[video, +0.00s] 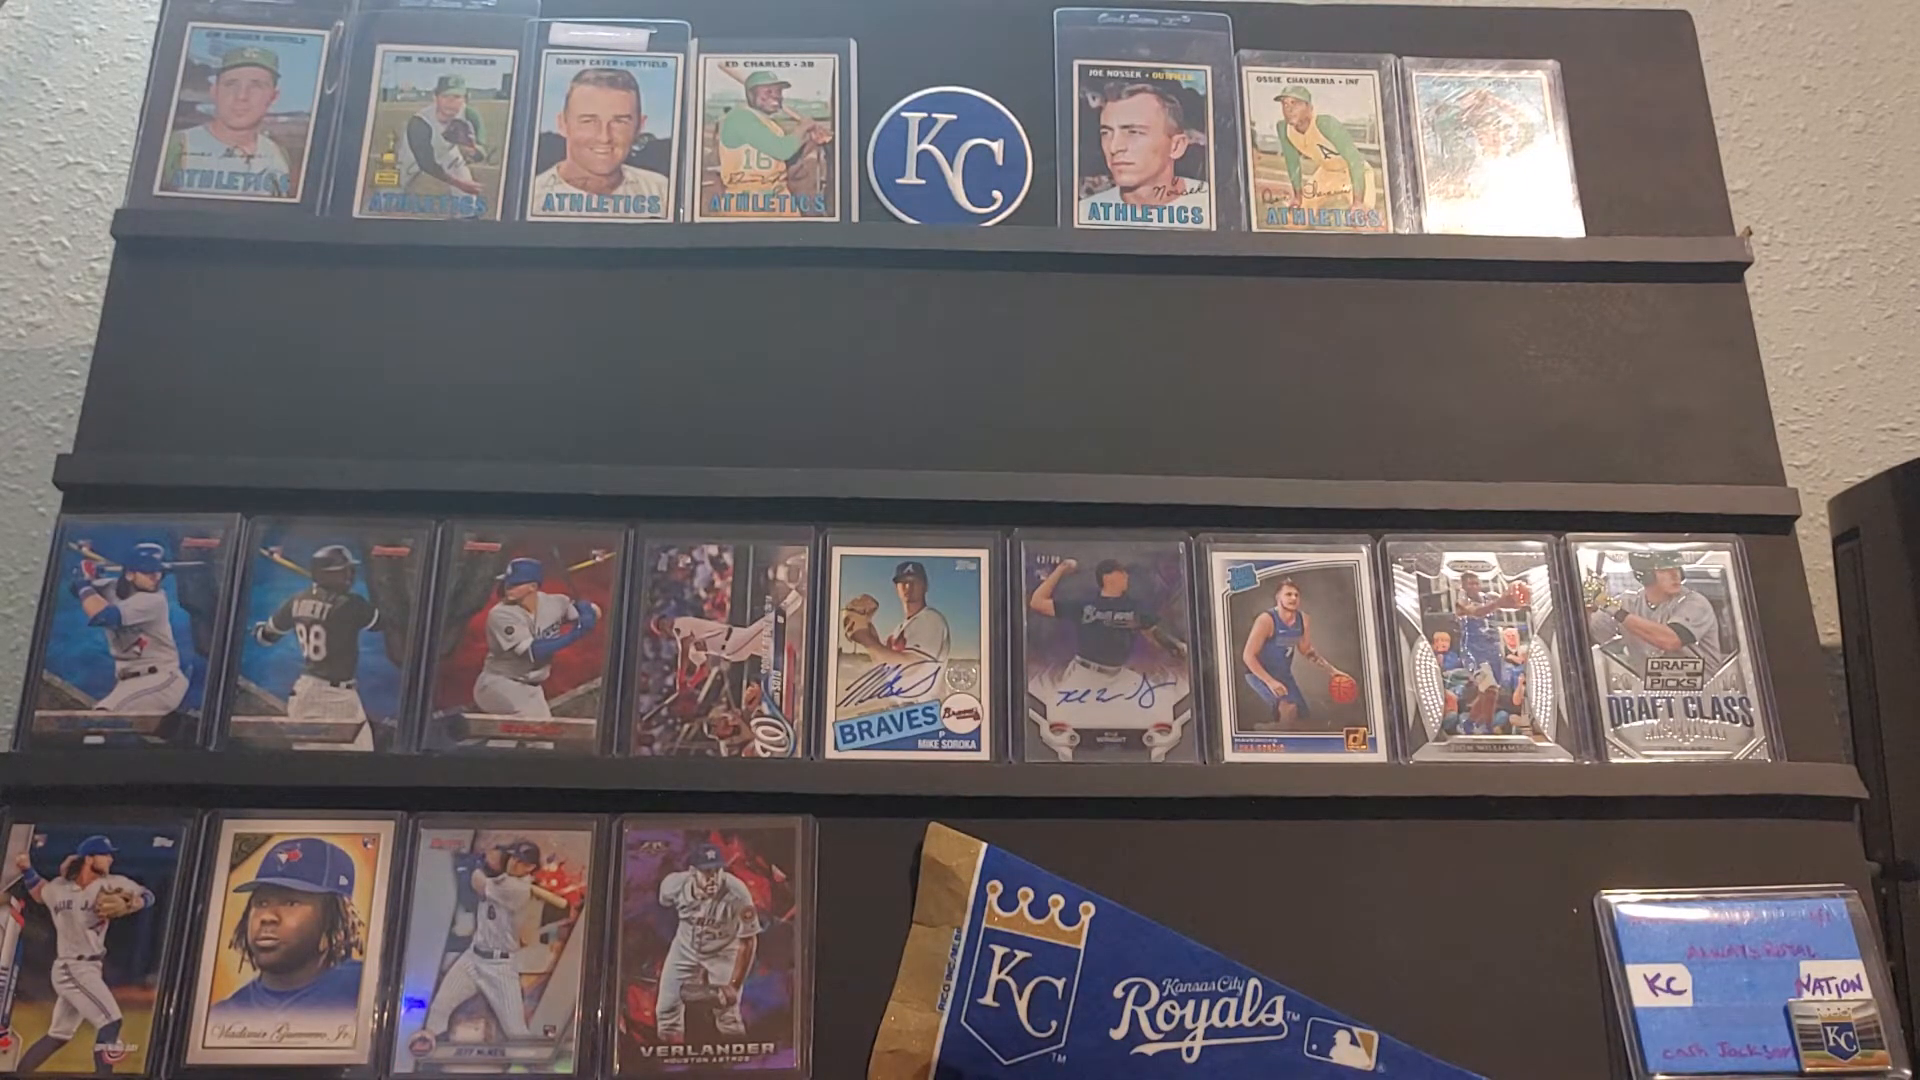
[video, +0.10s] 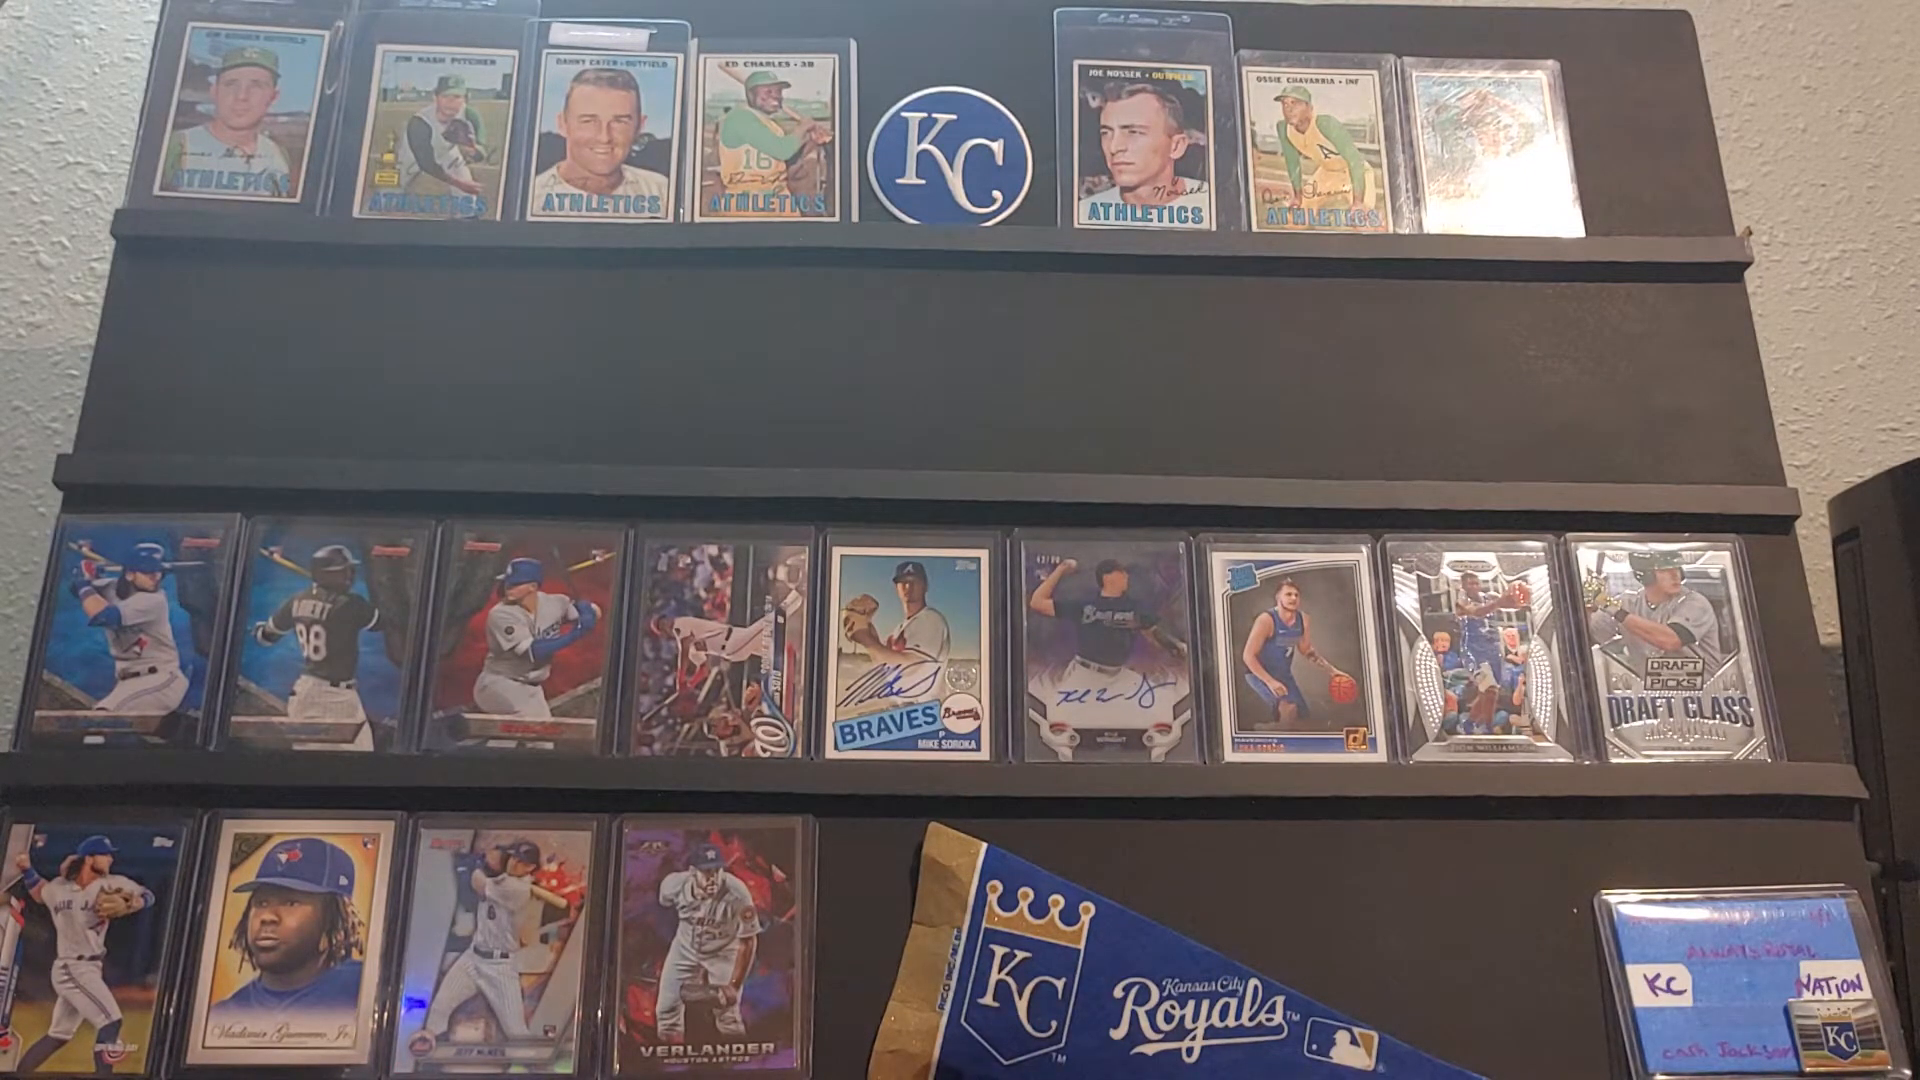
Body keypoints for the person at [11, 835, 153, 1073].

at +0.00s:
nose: (110, 860)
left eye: (110, 855)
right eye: (105, 855)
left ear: (96, 861)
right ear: (89, 859)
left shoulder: (112, 884)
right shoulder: (58, 889)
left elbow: (149, 896)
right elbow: (39, 891)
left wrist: (129, 905)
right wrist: (27, 869)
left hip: (91, 969)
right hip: (70, 969)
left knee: (58, 1035)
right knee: (111, 1020)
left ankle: (18, 1073)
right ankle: (104, 1074)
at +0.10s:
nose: (110, 860)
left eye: (110, 855)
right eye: (105, 855)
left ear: (96, 861)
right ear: (89, 859)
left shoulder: (112, 883)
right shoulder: (58, 889)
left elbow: (149, 896)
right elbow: (40, 891)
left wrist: (129, 905)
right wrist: (27, 869)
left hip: (91, 969)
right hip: (71, 969)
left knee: (59, 1035)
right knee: (110, 1020)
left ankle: (19, 1072)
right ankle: (104, 1074)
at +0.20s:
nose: (110, 860)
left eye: (110, 855)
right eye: (105, 855)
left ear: (96, 861)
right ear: (89, 859)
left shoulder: (112, 883)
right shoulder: (58, 889)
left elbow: (149, 896)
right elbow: (39, 891)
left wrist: (129, 905)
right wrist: (27, 869)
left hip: (91, 969)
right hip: (71, 969)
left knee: (59, 1035)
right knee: (110, 1020)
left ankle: (19, 1072)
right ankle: (104, 1074)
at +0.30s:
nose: (110, 859)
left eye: (110, 855)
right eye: (105, 855)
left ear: (97, 861)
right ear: (89, 859)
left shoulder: (111, 884)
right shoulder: (58, 889)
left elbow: (149, 896)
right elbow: (39, 890)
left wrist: (130, 905)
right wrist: (27, 869)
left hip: (91, 969)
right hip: (71, 969)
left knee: (59, 1035)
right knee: (110, 1020)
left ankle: (19, 1072)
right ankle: (104, 1074)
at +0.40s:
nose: (110, 859)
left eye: (110, 855)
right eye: (105, 855)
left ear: (97, 861)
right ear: (89, 859)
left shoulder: (111, 884)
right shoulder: (58, 888)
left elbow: (149, 896)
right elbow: (40, 891)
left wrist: (130, 904)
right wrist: (27, 870)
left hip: (90, 969)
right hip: (71, 969)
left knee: (58, 1035)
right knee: (110, 1020)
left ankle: (19, 1072)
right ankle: (104, 1074)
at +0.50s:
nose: (110, 859)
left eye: (110, 855)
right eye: (105, 855)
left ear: (97, 861)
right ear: (89, 859)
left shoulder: (110, 884)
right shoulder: (58, 888)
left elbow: (148, 896)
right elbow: (40, 891)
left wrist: (129, 904)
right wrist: (27, 870)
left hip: (90, 969)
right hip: (71, 969)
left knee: (59, 1035)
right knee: (111, 1020)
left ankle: (19, 1072)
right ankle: (104, 1074)